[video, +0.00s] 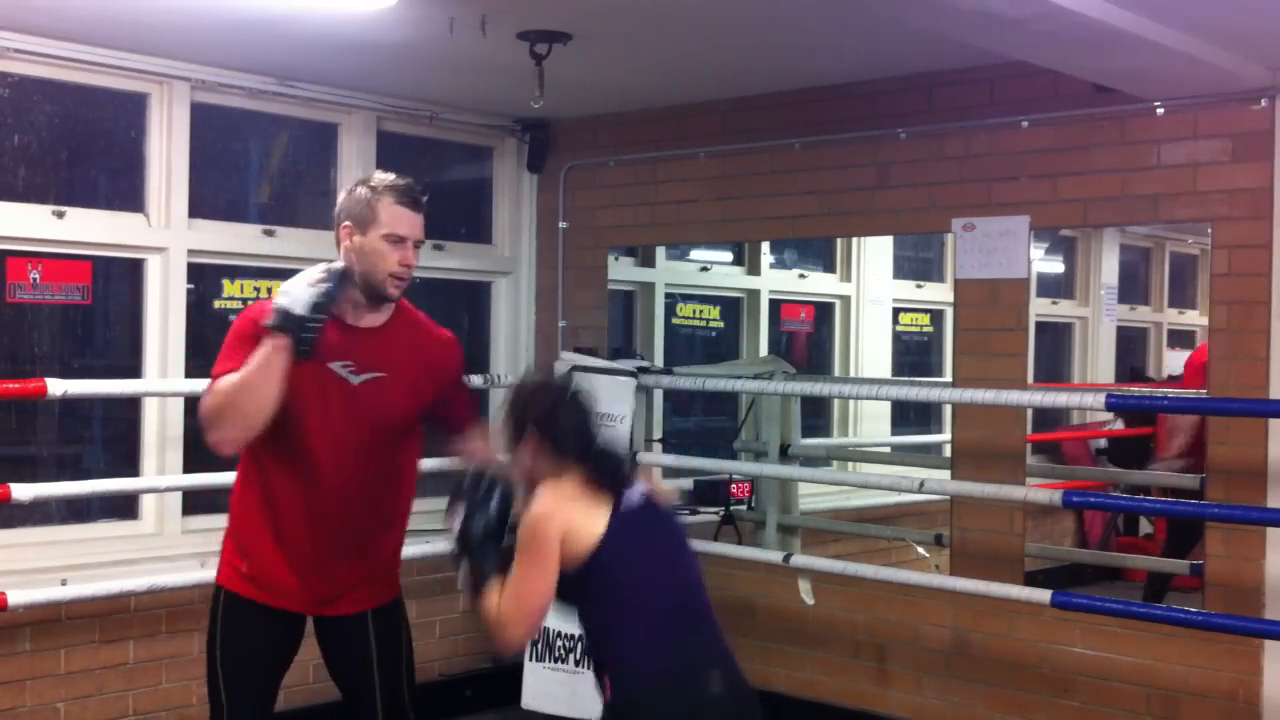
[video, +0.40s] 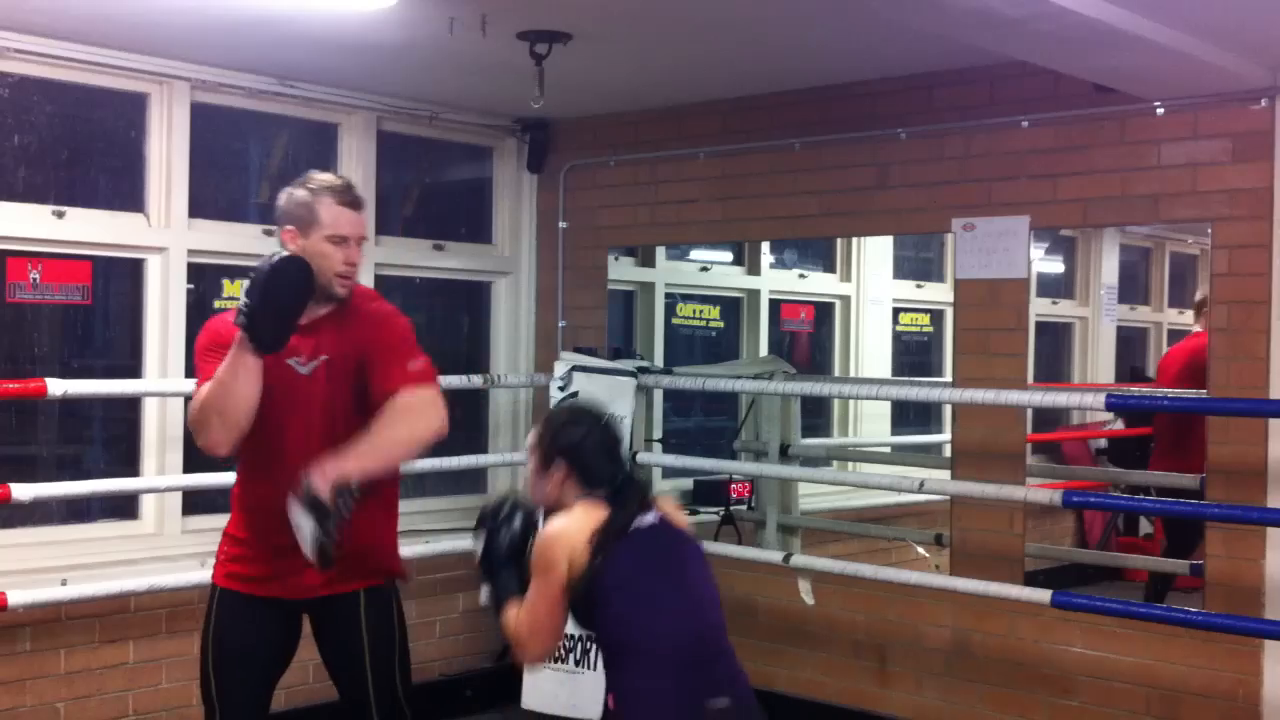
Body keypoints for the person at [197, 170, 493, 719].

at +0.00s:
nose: (409, 261)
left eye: (416, 246)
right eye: (395, 242)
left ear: (421, 249)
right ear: (348, 239)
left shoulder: (433, 349)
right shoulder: (269, 322)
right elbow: (223, 435)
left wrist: (494, 467)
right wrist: (283, 332)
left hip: (363, 583)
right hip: (260, 576)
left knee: (390, 710)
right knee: (235, 711)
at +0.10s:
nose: (399, 265)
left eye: (407, 251)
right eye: (385, 248)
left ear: (413, 254)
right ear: (338, 241)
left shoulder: (436, 346)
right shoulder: (268, 324)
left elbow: (541, 399)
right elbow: (205, 437)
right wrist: (264, 342)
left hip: (363, 583)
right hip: (260, 571)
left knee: (388, 714)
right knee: (228, 710)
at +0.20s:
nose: (392, 272)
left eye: (401, 256)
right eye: (377, 255)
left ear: (409, 255)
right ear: (333, 248)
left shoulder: (431, 336)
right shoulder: (267, 329)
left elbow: (518, 356)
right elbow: (211, 445)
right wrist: (265, 358)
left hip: (365, 576)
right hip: (262, 570)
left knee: (391, 710)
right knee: (226, 710)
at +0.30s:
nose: (378, 268)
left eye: (385, 252)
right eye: (363, 251)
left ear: (391, 249)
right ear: (318, 248)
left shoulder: (396, 319)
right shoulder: (252, 333)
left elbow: (468, 369)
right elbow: (219, 447)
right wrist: (266, 353)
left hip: (362, 565)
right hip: (262, 563)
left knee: (389, 707)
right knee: (228, 707)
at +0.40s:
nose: (353, 259)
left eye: (359, 243)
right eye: (337, 242)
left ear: (365, 242)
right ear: (291, 240)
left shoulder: (375, 320)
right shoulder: (231, 330)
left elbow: (425, 413)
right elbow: (215, 437)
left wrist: (337, 469)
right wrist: (256, 336)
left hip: (357, 568)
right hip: (255, 567)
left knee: (381, 707)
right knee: (229, 709)